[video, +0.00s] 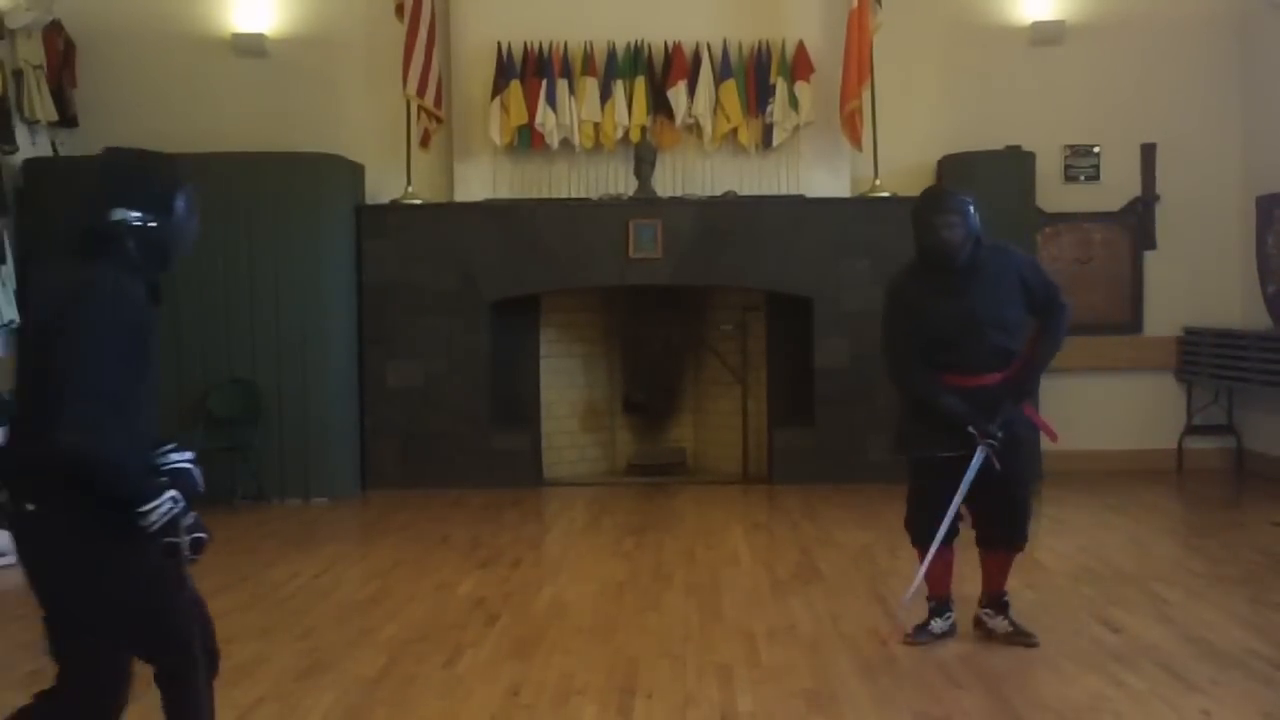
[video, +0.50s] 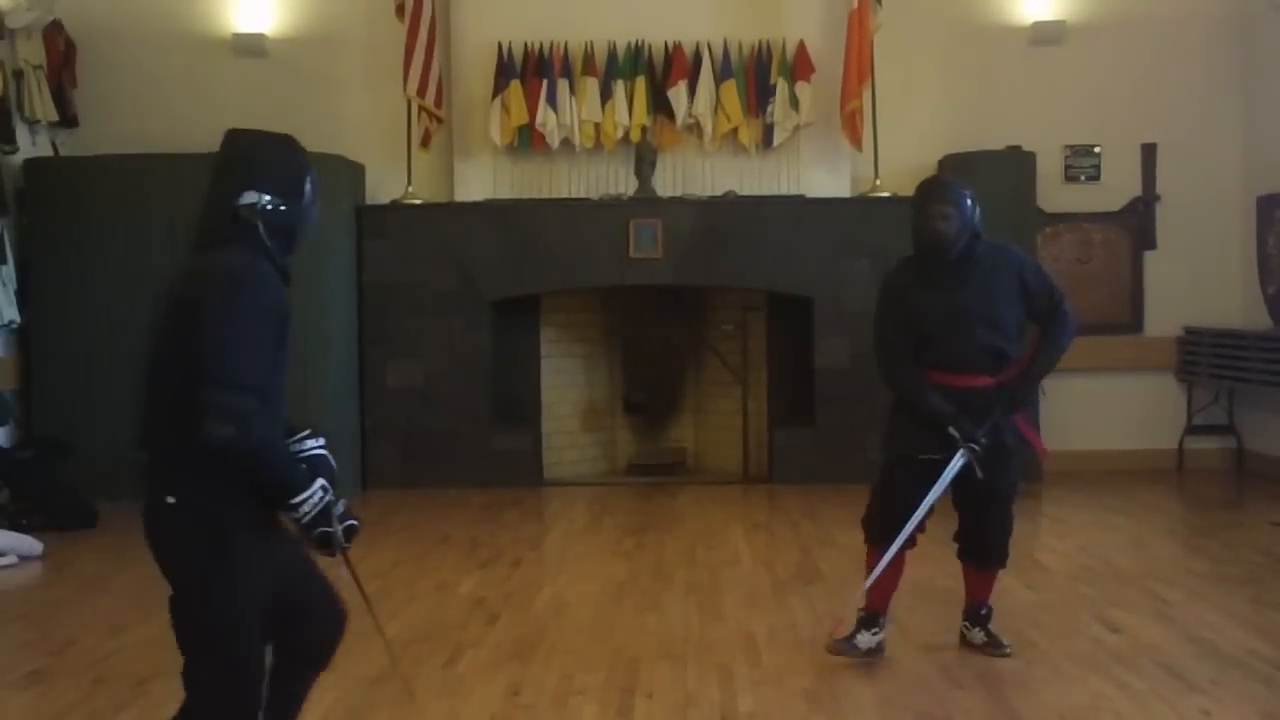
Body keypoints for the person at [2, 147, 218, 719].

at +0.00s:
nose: (190, 225)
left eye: (187, 208)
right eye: (182, 208)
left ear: (121, 214)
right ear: (146, 216)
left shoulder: (75, 282)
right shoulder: (112, 292)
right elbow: (92, 429)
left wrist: (160, 467)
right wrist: (156, 502)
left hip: (49, 512)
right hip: (95, 517)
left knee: (91, 687)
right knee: (189, 650)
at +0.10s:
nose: (231, 225)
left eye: (229, 208)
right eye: (224, 209)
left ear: (166, 212)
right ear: (190, 214)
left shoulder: (149, 281)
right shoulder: (152, 286)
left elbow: (151, 410)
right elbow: (136, 420)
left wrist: (200, 469)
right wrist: (194, 493)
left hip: (114, 498)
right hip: (106, 503)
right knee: (194, 646)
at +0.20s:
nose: (259, 215)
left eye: (257, 199)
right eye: (253, 199)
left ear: (191, 199)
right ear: (225, 204)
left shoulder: (178, 269)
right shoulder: (183, 275)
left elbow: (183, 396)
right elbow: (165, 406)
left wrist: (232, 449)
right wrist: (224, 482)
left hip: (151, 496)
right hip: (138, 502)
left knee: (204, 648)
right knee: (185, 656)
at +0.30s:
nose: (280, 208)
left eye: (277, 192)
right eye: (273, 192)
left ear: (211, 193)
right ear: (239, 197)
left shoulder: (207, 265)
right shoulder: (202, 269)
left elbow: (216, 386)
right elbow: (189, 402)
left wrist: (261, 444)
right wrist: (254, 482)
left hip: (182, 495)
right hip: (159, 499)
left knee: (221, 656)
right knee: (194, 673)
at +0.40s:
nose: (292, 212)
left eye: (290, 195)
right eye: (286, 195)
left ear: (219, 194)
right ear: (256, 199)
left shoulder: (217, 268)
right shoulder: (218, 275)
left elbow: (227, 391)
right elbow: (208, 412)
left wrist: (277, 441)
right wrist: (279, 485)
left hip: (201, 496)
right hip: (182, 501)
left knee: (261, 637)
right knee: (220, 670)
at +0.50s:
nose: (309, 215)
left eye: (307, 198)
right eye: (304, 198)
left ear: (232, 198)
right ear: (274, 203)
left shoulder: (218, 272)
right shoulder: (245, 280)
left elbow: (230, 407)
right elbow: (232, 421)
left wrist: (291, 449)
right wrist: (304, 493)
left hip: (222, 504)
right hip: (206, 511)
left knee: (316, 622)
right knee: (228, 692)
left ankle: (272, 708)